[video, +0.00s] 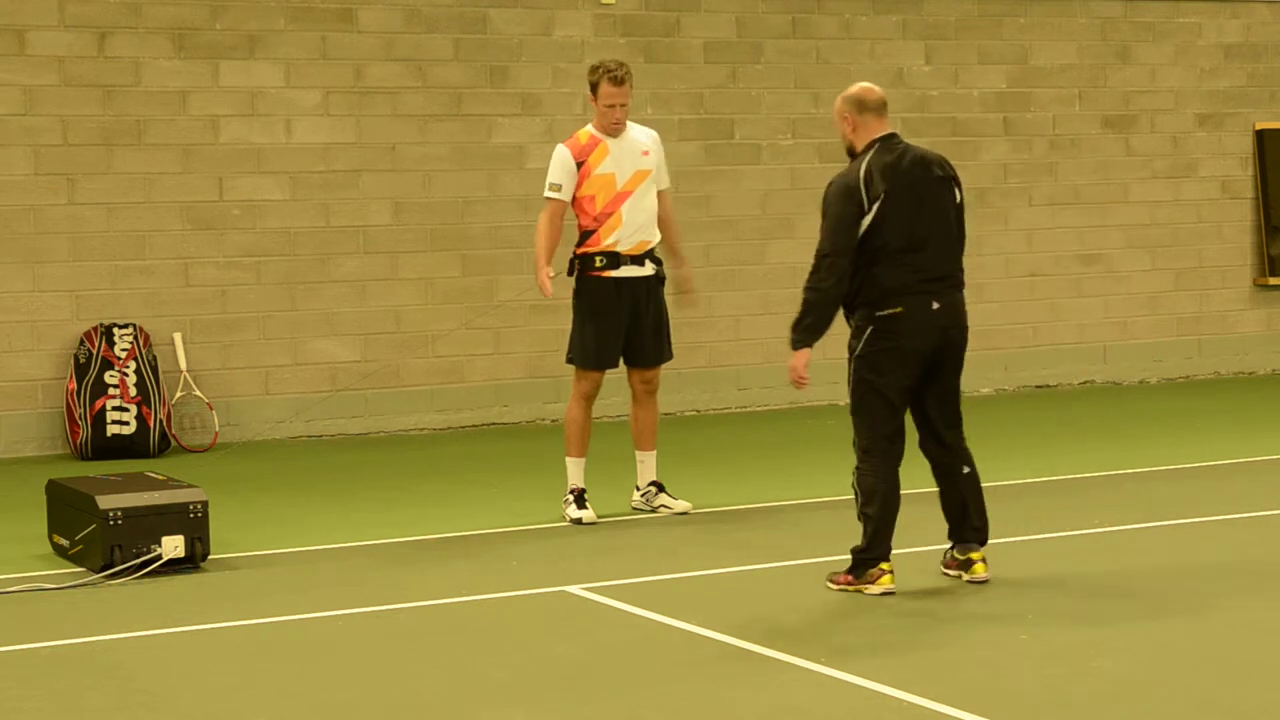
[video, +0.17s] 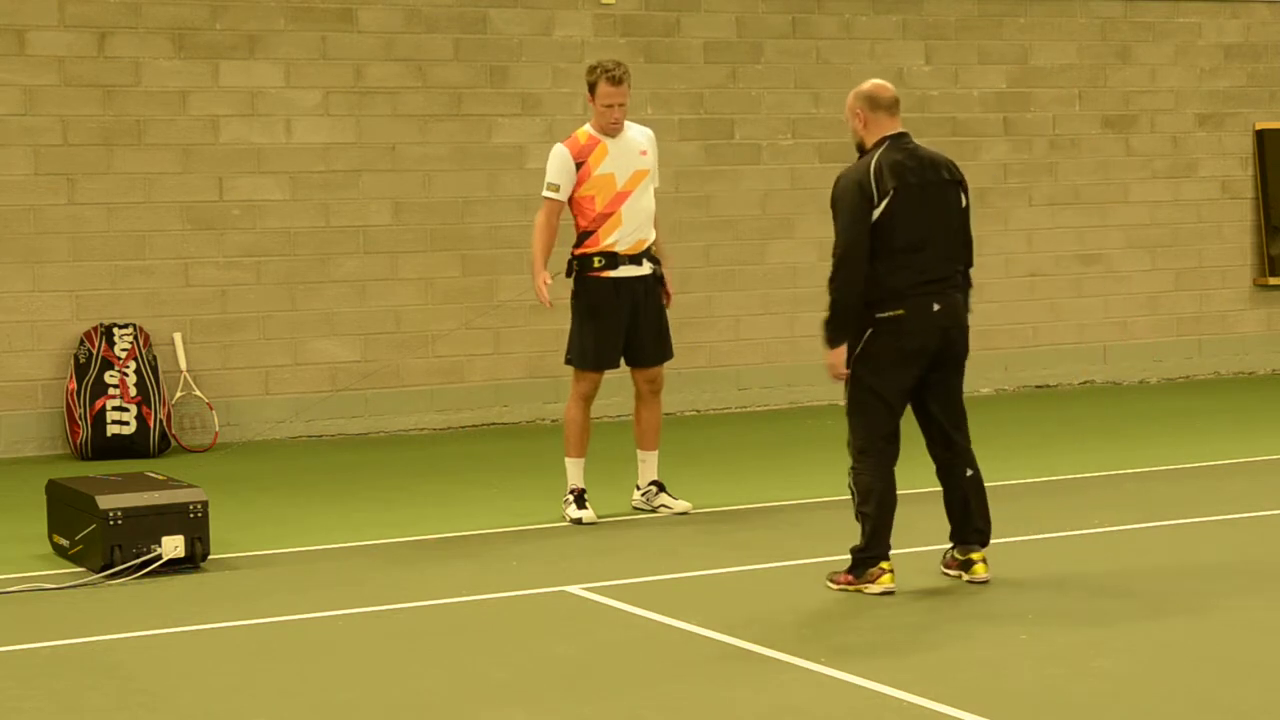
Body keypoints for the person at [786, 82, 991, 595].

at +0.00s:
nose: (838, 133)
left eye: (838, 124)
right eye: (838, 124)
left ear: (849, 121)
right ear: (886, 116)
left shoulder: (850, 184)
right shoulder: (939, 167)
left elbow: (832, 267)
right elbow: (953, 246)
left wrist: (803, 339)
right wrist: (931, 301)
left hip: (886, 329)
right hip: (947, 321)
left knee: (877, 449)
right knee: (946, 437)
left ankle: (872, 564)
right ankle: (970, 550)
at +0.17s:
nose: (848, 127)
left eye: (849, 119)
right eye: (850, 118)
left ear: (859, 118)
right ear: (897, 115)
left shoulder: (858, 180)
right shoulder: (947, 169)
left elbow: (850, 264)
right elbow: (962, 253)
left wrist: (837, 337)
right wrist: (955, 312)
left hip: (888, 328)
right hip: (947, 321)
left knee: (871, 446)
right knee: (951, 438)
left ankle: (872, 563)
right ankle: (972, 551)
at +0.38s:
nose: (840, 131)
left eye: (840, 122)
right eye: (841, 122)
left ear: (851, 122)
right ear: (887, 118)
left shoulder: (850, 180)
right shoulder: (936, 174)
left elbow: (839, 259)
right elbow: (958, 255)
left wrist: (817, 329)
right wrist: (968, 321)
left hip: (876, 330)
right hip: (934, 326)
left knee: (833, 435)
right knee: (942, 439)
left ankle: (857, 551)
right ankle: (969, 550)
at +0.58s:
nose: (792, 141)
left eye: (794, 132)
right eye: (794, 132)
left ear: (805, 133)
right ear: (837, 129)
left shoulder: (811, 191)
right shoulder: (883, 181)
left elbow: (808, 274)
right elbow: (909, 263)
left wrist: (783, 347)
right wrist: (908, 323)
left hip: (845, 337)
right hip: (898, 330)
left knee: (789, 436)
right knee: (920, 438)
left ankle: (762, 555)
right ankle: (964, 546)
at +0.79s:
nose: (712, 148)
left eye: (714, 139)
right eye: (712, 138)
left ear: (732, 138)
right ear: (755, 134)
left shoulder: (740, 200)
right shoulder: (798, 184)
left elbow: (748, 286)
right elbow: (828, 262)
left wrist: (753, 362)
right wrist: (809, 315)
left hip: (772, 340)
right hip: (819, 332)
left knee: (729, 448)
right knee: (831, 432)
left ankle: (753, 560)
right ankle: (913, 513)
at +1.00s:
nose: (633, 135)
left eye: (638, 125)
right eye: (634, 125)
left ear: (663, 127)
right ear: (673, 124)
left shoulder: (677, 186)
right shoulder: (713, 169)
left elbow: (677, 274)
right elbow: (747, 248)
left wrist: (672, 350)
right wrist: (721, 295)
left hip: (721, 324)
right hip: (734, 317)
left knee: (716, 436)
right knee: (689, 430)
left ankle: (751, 558)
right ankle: (749, 532)